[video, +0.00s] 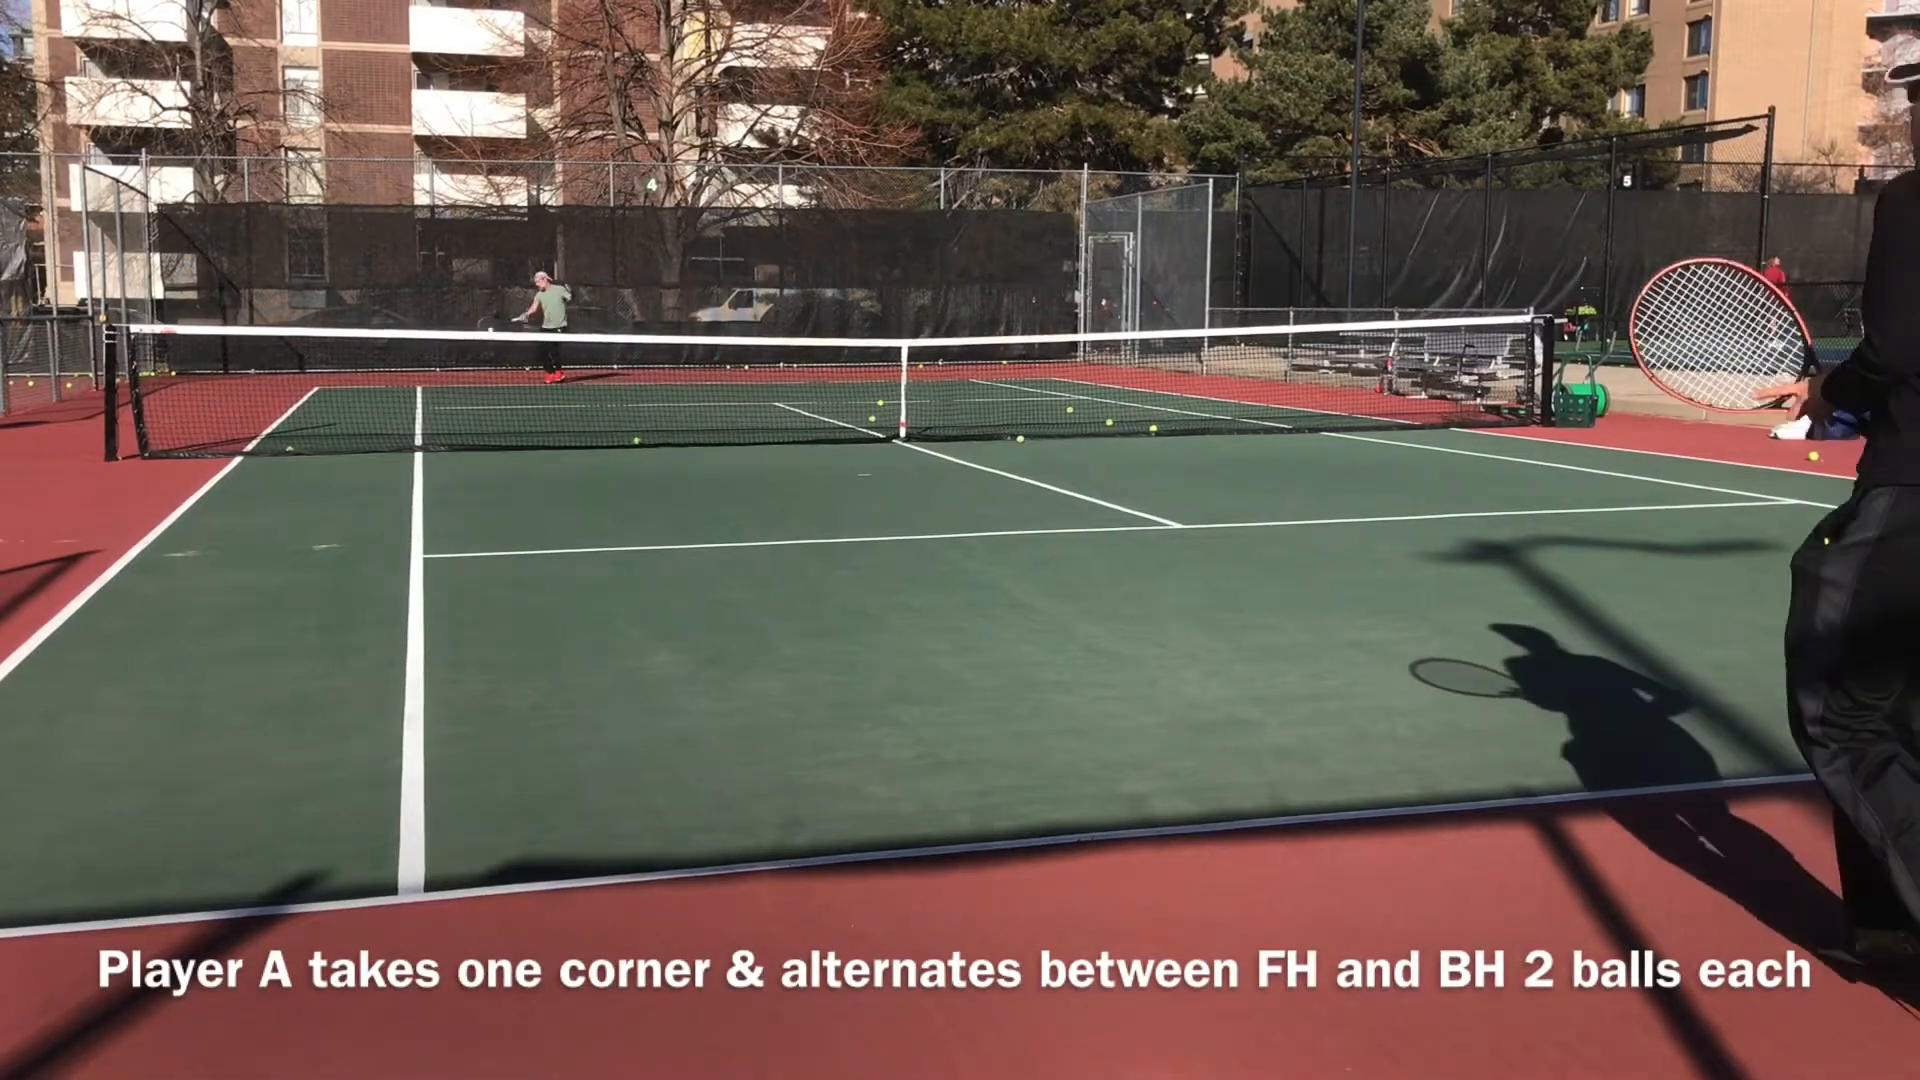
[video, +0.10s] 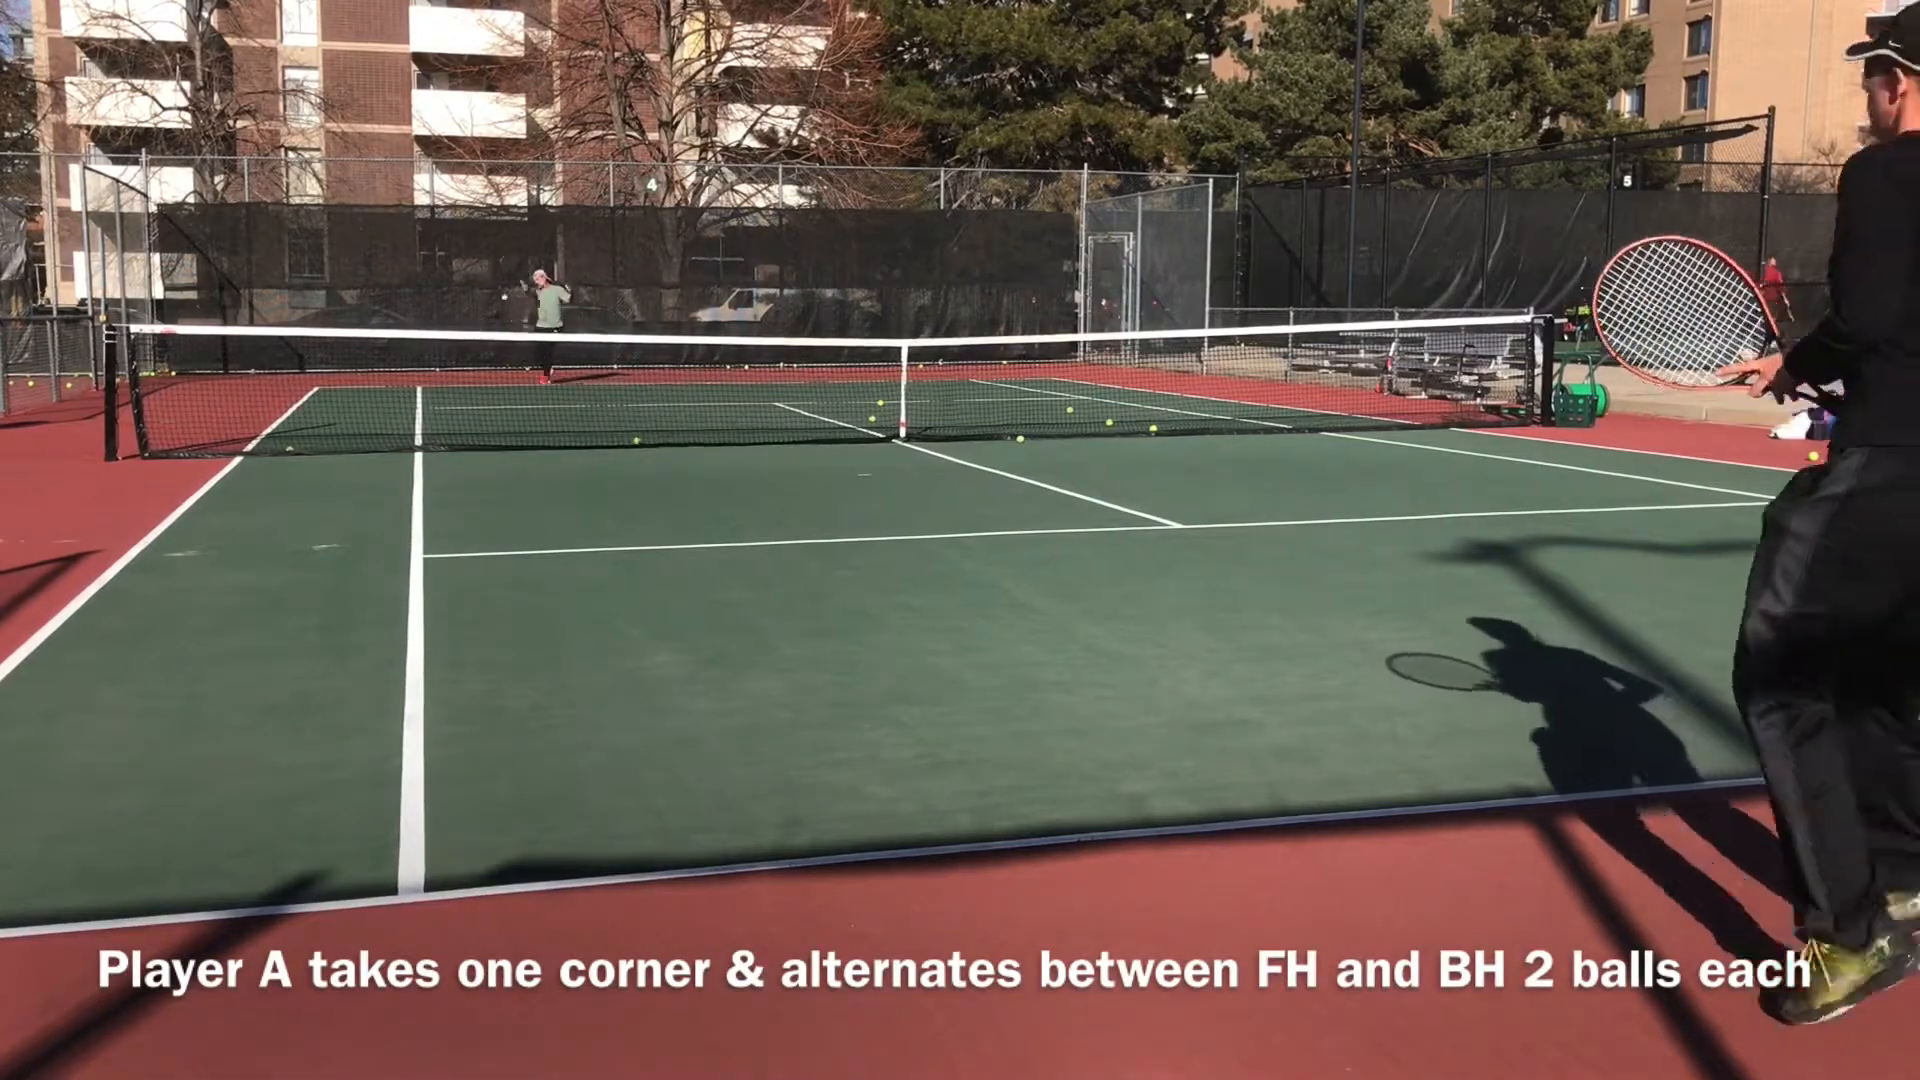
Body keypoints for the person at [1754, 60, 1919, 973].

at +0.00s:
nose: (1891, 114)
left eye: (1898, 98)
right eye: (1894, 96)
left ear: (1912, 113)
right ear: (1905, 115)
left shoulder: (1901, 205)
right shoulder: (1899, 208)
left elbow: (1894, 353)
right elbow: (1895, 353)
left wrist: (1837, 387)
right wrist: (1840, 384)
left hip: (1902, 499)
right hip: (1897, 493)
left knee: (1844, 697)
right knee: (1872, 693)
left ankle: (1897, 922)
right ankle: (1886, 924)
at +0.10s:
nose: (1873, 96)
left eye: (1884, 80)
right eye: (1872, 80)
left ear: (1911, 87)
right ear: (1894, 89)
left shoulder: (1884, 173)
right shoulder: (1889, 174)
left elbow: (1870, 316)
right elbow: (1870, 317)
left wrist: (1797, 363)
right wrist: (1803, 362)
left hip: (1885, 466)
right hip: (1896, 464)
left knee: (1776, 672)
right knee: (1876, 673)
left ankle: (1848, 928)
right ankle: (1895, 882)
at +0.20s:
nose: (1821, 113)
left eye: (1828, 99)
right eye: (1827, 98)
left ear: (1855, 107)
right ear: (1903, 111)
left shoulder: (1841, 197)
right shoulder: (1910, 190)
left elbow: (1825, 347)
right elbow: (1876, 351)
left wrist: (1758, 391)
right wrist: (1789, 390)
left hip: (1850, 490)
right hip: (1911, 493)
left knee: (1735, 697)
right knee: (1864, 681)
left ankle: (1706, 942)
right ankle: (1895, 886)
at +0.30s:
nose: (1777, 179)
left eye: (1784, 164)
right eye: (1780, 164)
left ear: (1816, 173)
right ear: (1863, 175)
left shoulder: (1801, 257)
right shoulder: (1898, 264)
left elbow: (1793, 410)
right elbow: (1858, 427)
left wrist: (1726, 451)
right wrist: (1731, 447)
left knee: (1688, 736)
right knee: (1811, 706)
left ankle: (1655, 967)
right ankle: (1882, 882)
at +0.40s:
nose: (1749, 200)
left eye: (1753, 185)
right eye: (1752, 184)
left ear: (1780, 190)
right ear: (1832, 187)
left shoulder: (1806, 277)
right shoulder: (1874, 269)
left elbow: (1805, 428)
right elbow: (1878, 428)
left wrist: (1705, 470)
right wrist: (1783, 501)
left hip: (1844, 548)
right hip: (1895, 548)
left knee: (1704, 735)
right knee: (1753, 692)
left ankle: (1656, 965)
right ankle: (1843, 848)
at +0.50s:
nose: (1736, 215)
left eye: (1739, 199)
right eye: (1735, 199)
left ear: (1772, 200)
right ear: (1807, 195)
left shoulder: (1841, 282)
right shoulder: (1844, 275)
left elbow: (1865, 438)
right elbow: (1838, 426)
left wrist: (1738, 480)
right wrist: (1786, 524)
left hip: (1891, 549)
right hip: (1881, 540)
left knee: (1788, 734)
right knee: (1778, 707)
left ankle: (1737, 965)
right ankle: (1823, 868)